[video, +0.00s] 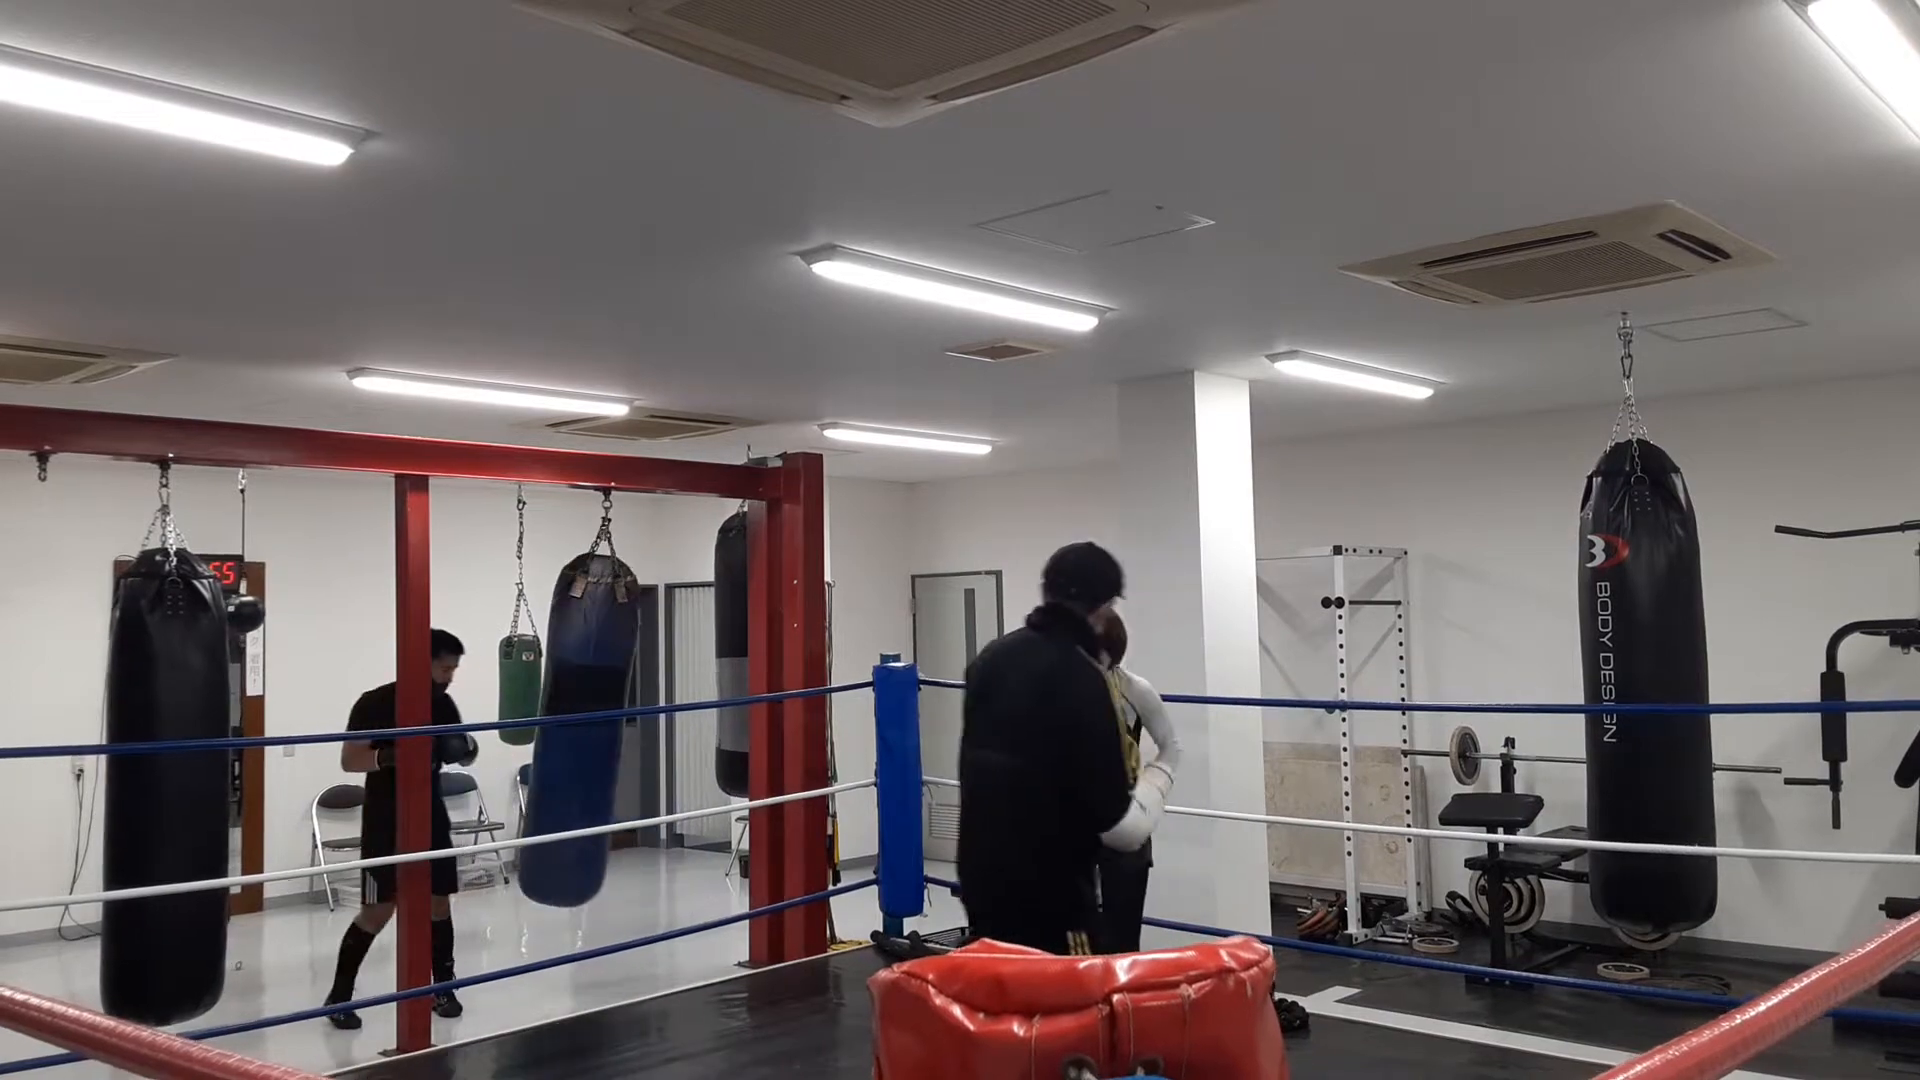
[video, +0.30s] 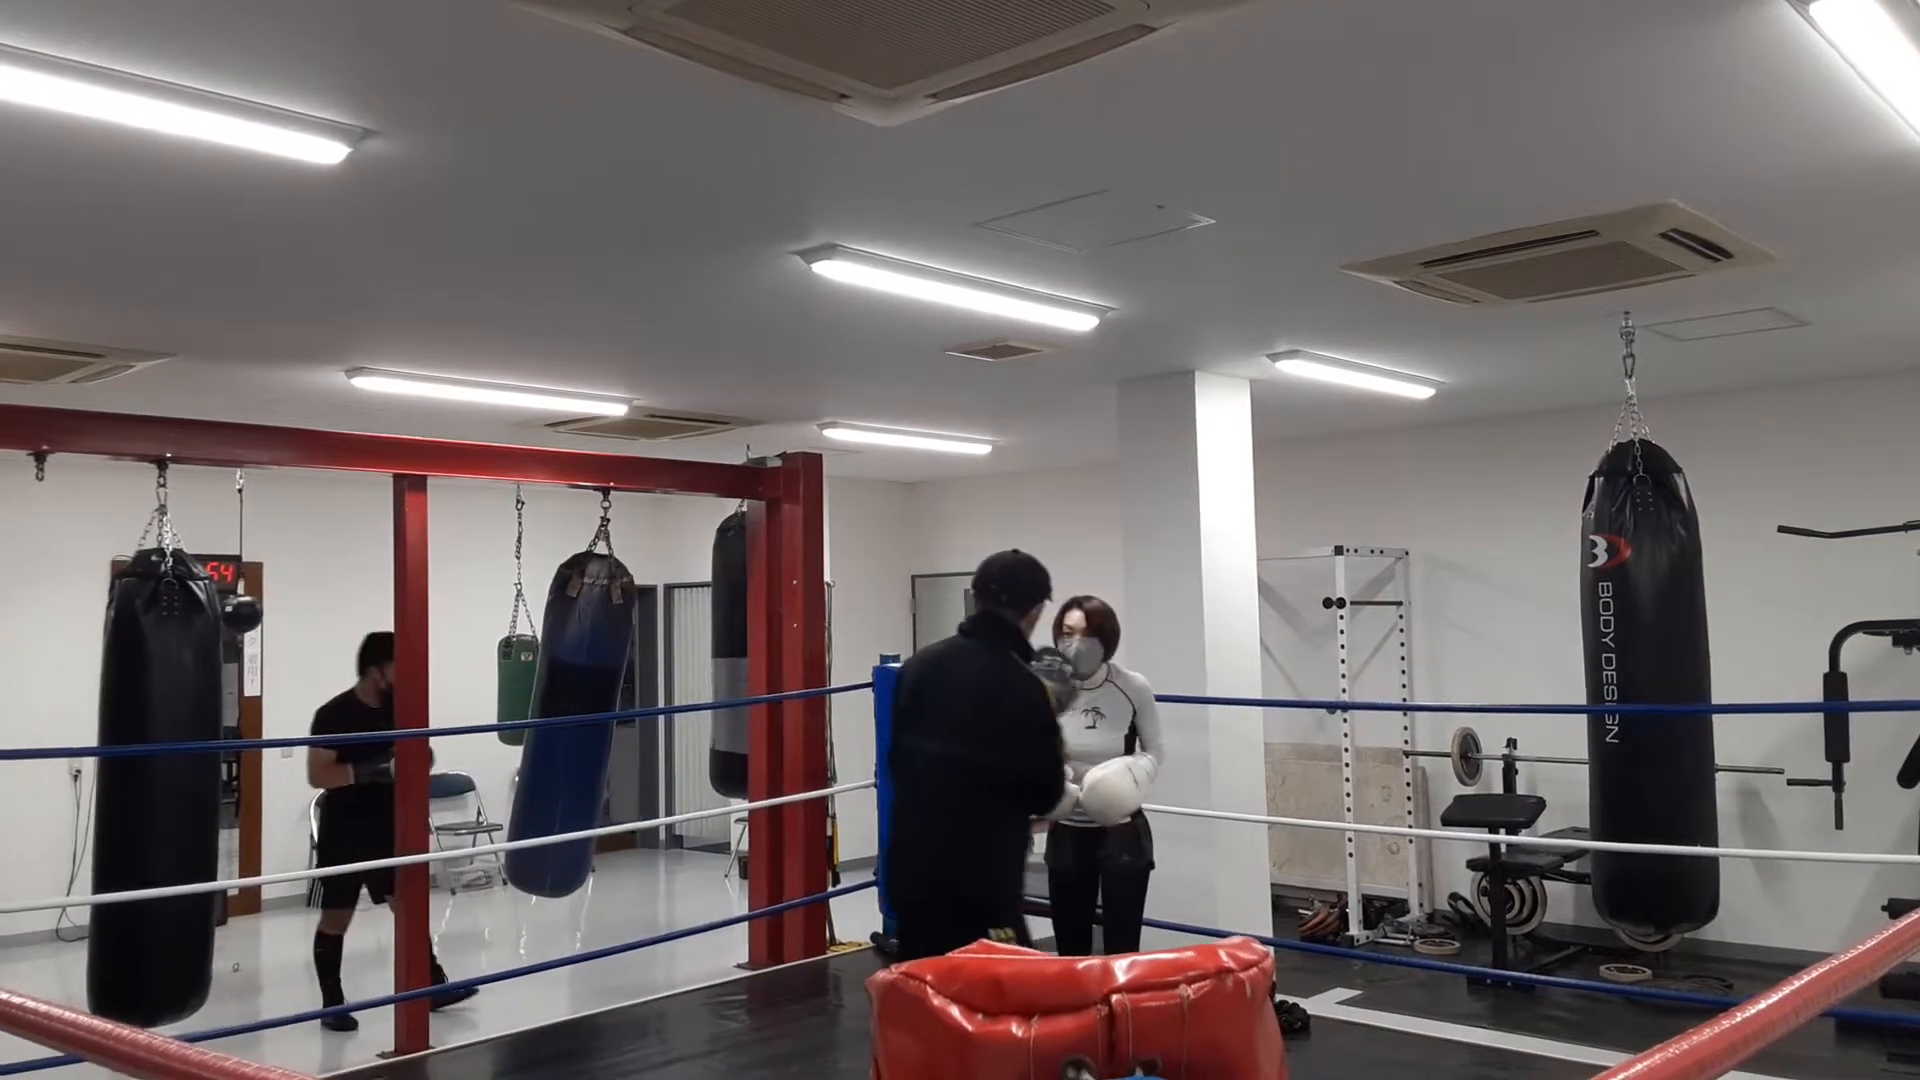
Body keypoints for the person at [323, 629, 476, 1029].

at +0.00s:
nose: (450, 677)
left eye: (454, 669)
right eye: (445, 668)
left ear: (449, 667)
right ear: (422, 662)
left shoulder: (442, 704)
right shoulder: (375, 703)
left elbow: (463, 750)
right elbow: (350, 760)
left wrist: (456, 748)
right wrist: (396, 753)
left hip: (430, 811)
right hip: (385, 814)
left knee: (439, 899)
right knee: (380, 906)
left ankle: (442, 987)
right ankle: (339, 998)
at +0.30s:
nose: (400, 677)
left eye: (401, 670)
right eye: (395, 670)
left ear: (390, 672)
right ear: (374, 670)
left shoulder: (398, 709)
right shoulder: (333, 714)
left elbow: (424, 755)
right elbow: (318, 775)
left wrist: (409, 765)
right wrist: (370, 770)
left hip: (390, 825)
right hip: (343, 829)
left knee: (408, 905)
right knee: (336, 915)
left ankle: (433, 984)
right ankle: (332, 1004)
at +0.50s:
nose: (386, 667)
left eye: (387, 659)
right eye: (379, 660)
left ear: (369, 665)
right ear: (353, 665)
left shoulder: (380, 706)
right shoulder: (319, 714)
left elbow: (386, 762)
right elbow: (298, 775)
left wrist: (402, 760)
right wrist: (351, 775)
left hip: (373, 816)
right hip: (331, 821)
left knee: (391, 899)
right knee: (334, 908)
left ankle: (379, 981)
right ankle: (333, 1002)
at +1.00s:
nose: (377, 668)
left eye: (378, 660)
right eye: (370, 661)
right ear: (343, 663)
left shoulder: (364, 707)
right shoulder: (310, 708)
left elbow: (354, 756)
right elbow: (287, 764)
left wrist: (380, 758)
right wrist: (342, 771)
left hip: (342, 812)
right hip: (307, 813)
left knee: (331, 900)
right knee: (316, 902)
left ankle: (317, 985)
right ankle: (321, 990)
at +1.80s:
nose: (382, 682)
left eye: (385, 675)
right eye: (375, 674)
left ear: (383, 673)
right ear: (350, 671)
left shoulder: (372, 715)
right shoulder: (310, 711)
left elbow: (367, 762)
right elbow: (285, 767)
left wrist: (386, 769)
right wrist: (335, 772)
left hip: (347, 820)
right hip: (304, 820)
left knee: (361, 905)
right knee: (298, 910)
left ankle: (377, 991)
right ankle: (293, 997)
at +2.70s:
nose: (346, 684)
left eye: (347, 676)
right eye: (340, 676)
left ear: (325, 675)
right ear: (313, 673)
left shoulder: (329, 716)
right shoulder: (273, 718)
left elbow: (317, 768)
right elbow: (256, 780)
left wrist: (349, 768)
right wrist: (314, 774)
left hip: (318, 827)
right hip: (277, 832)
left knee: (343, 908)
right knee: (272, 919)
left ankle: (369, 987)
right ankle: (246, 1005)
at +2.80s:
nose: (332, 678)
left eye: (333, 670)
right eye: (326, 670)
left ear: (307, 672)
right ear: (298, 670)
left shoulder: (319, 712)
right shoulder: (260, 716)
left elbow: (311, 761)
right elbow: (249, 778)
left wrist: (339, 761)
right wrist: (302, 770)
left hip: (310, 821)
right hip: (269, 826)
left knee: (337, 902)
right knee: (268, 915)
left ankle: (340, 987)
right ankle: (245, 1003)